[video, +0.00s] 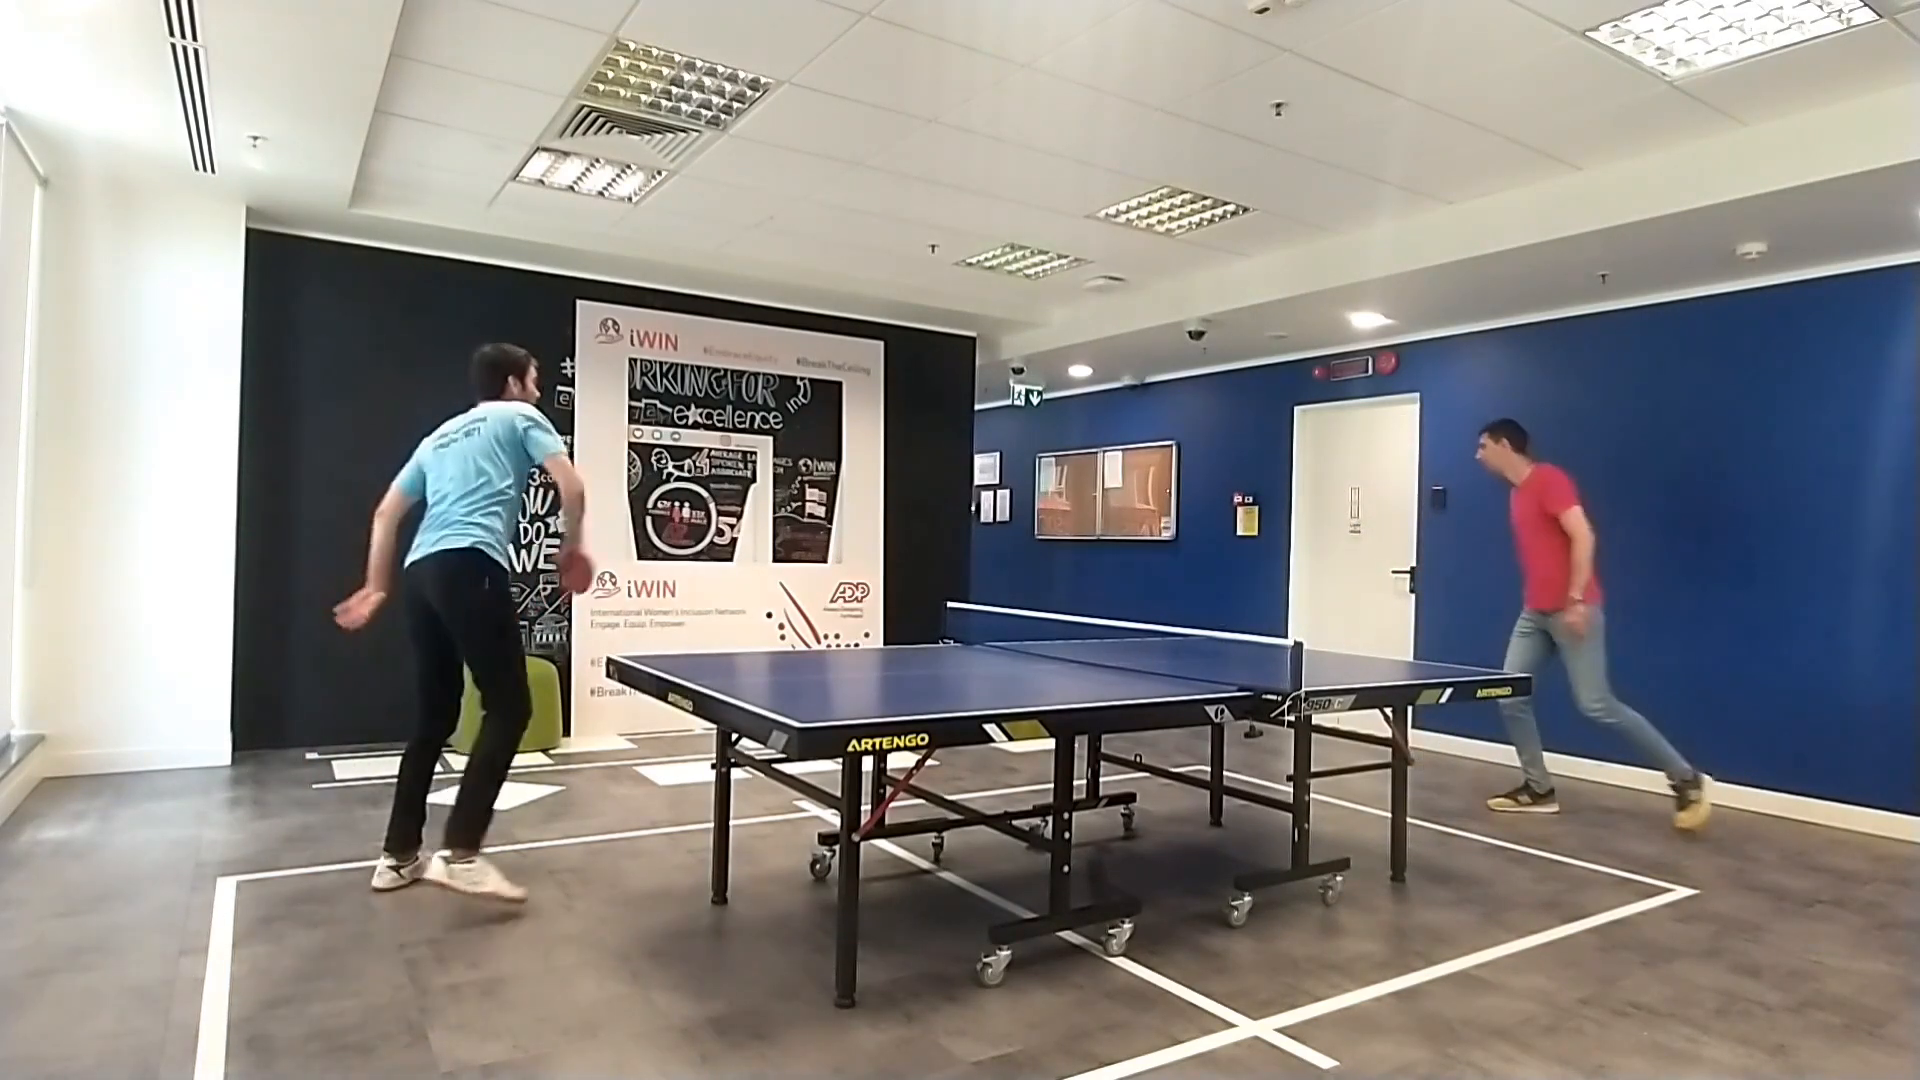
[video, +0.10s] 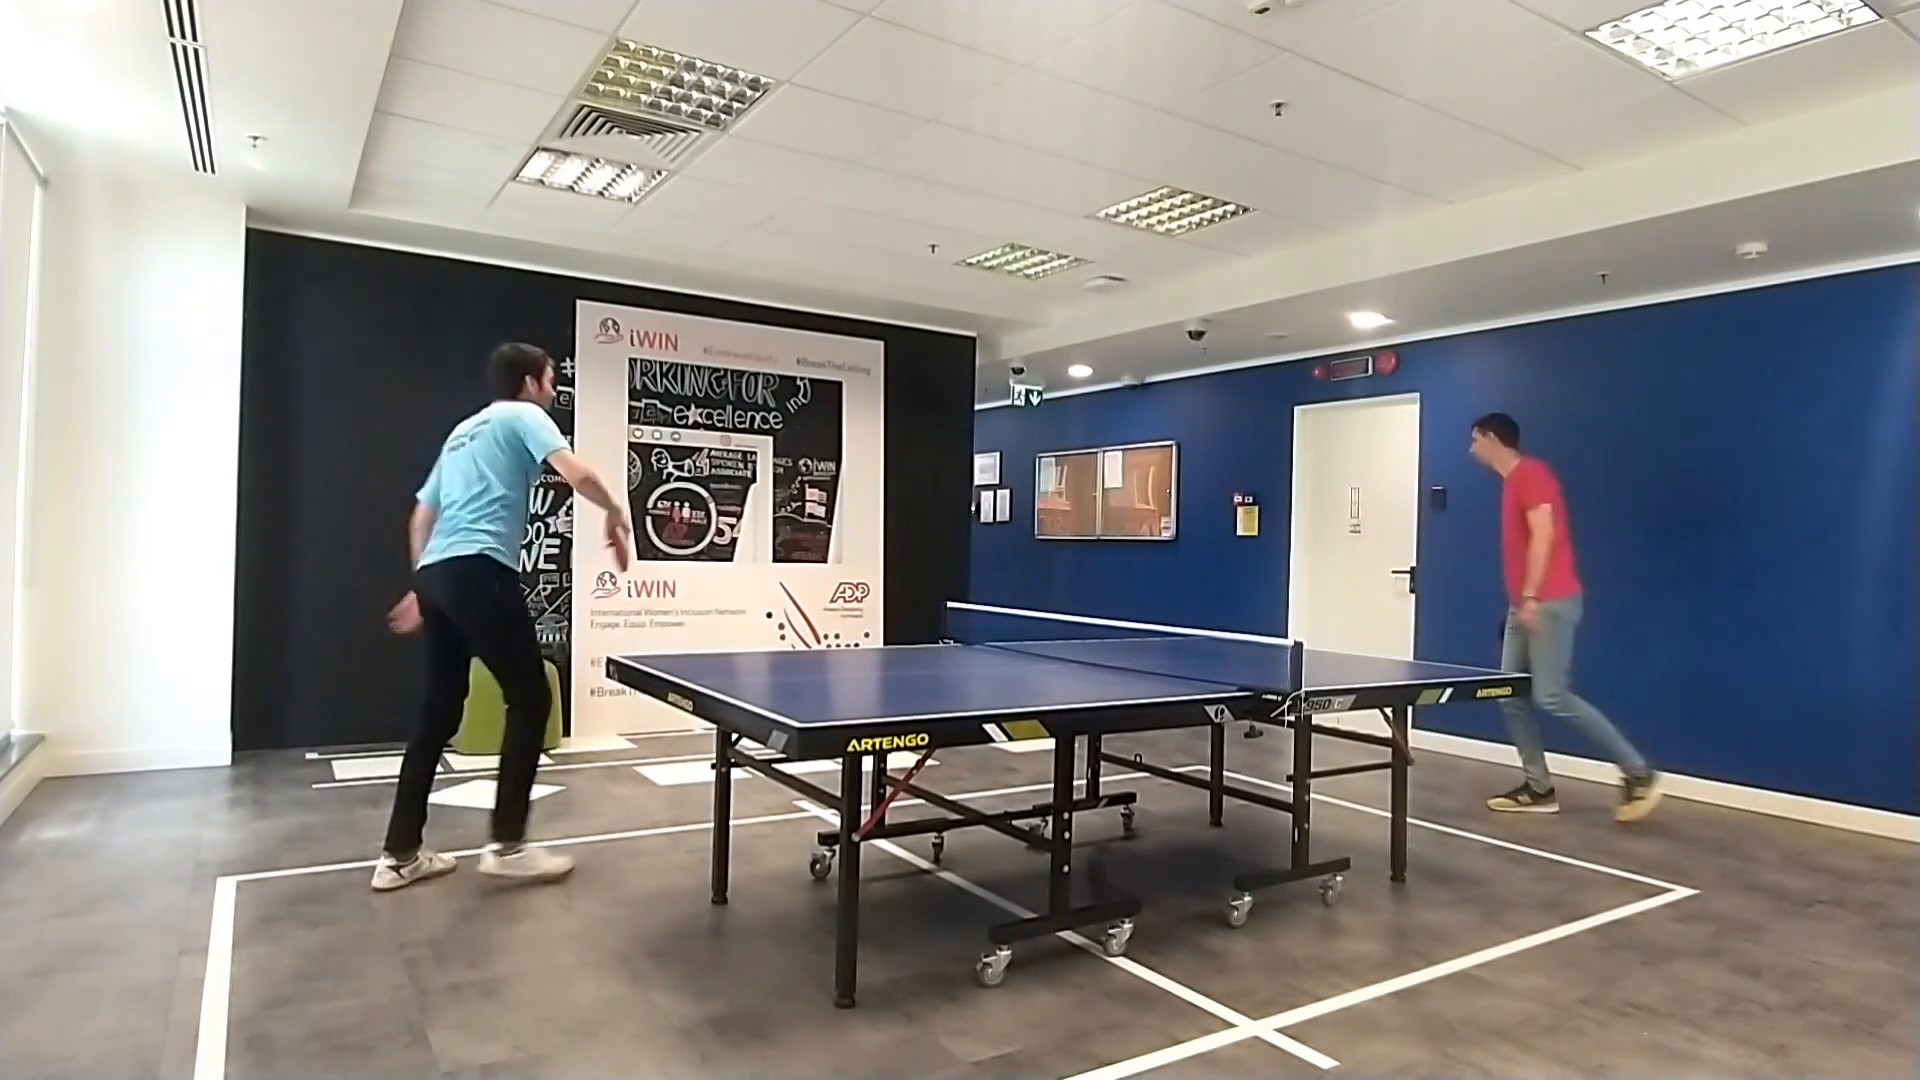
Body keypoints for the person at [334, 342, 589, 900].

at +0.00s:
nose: (537, 394)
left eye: (536, 384)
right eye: (533, 384)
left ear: (484, 386)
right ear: (514, 383)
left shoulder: (439, 437)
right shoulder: (520, 417)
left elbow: (387, 511)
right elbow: (572, 487)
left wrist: (377, 585)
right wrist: (573, 548)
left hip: (421, 577)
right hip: (471, 569)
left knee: (434, 719)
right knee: (509, 709)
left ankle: (397, 857)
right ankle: (459, 855)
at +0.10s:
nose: (553, 392)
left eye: (553, 383)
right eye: (550, 382)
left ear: (501, 384)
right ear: (529, 382)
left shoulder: (462, 433)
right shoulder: (525, 415)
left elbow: (422, 517)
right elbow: (577, 474)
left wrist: (423, 586)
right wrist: (615, 512)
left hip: (436, 575)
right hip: (480, 571)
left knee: (437, 715)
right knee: (530, 698)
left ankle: (400, 855)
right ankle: (507, 846)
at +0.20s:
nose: (570, 397)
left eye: (570, 387)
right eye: (568, 387)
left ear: (520, 388)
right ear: (549, 387)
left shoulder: (480, 431)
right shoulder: (536, 419)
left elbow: (474, 503)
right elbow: (571, 474)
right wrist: (630, 496)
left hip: (452, 580)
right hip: (501, 579)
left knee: (442, 715)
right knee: (541, 699)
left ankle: (402, 852)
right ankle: (561, 827)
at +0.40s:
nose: (615, 414)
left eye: (616, 404)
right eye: (615, 404)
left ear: (565, 398)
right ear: (600, 400)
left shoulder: (524, 439)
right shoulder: (580, 441)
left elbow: (523, 510)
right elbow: (580, 504)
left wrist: (605, 514)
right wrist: (642, 512)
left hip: (504, 591)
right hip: (555, 591)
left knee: (485, 708)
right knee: (585, 700)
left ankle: (414, 830)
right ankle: (593, 813)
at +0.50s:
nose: (636, 415)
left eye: (636, 406)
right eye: (636, 406)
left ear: (592, 397)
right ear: (624, 403)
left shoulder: (550, 437)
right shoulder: (602, 445)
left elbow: (555, 512)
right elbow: (588, 512)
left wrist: (633, 520)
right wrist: (646, 524)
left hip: (533, 590)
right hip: (579, 589)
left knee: (529, 701)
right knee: (612, 695)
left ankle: (446, 790)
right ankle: (595, 813)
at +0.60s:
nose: (652, 410)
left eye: (652, 400)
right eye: (652, 400)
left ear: (608, 393)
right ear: (640, 398)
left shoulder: (567, 435)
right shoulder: (613, 441)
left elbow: (578, 513)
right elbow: (599, 511)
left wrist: (630, 524)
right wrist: (651, 521)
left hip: (552, 579)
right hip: (591, 580)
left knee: (573, 685)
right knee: (620, 692)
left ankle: (499, 772)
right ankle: (595, 811)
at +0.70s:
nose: (662, 407)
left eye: (662, 398)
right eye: (662, 398)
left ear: (619, 390)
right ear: (651, 396)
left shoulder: (582, 432)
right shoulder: (623, 437)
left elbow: (556, 500)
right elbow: (605, 504)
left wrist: (617, 515)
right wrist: (655, 514)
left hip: (572, 572)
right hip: (604, 574)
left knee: (604, 674)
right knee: (623, 686)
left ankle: (547, 771)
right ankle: (595, 812)